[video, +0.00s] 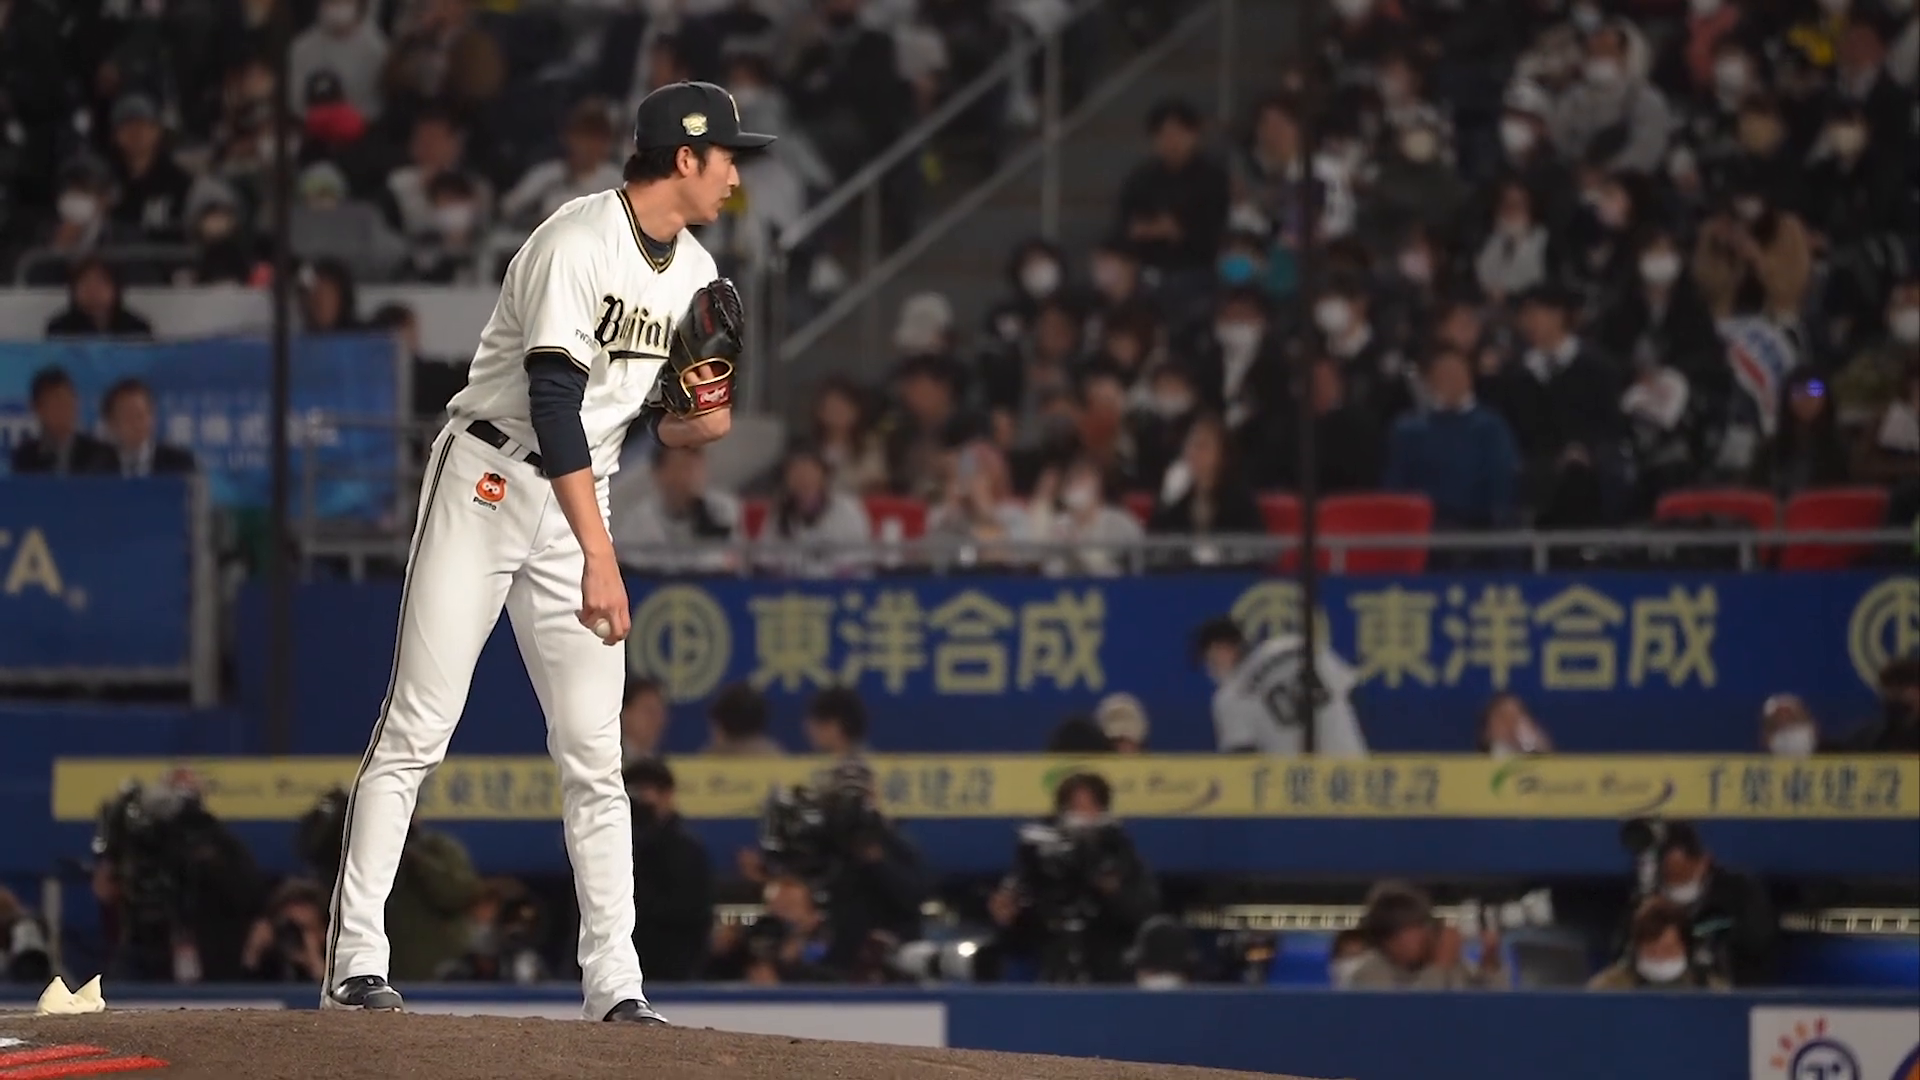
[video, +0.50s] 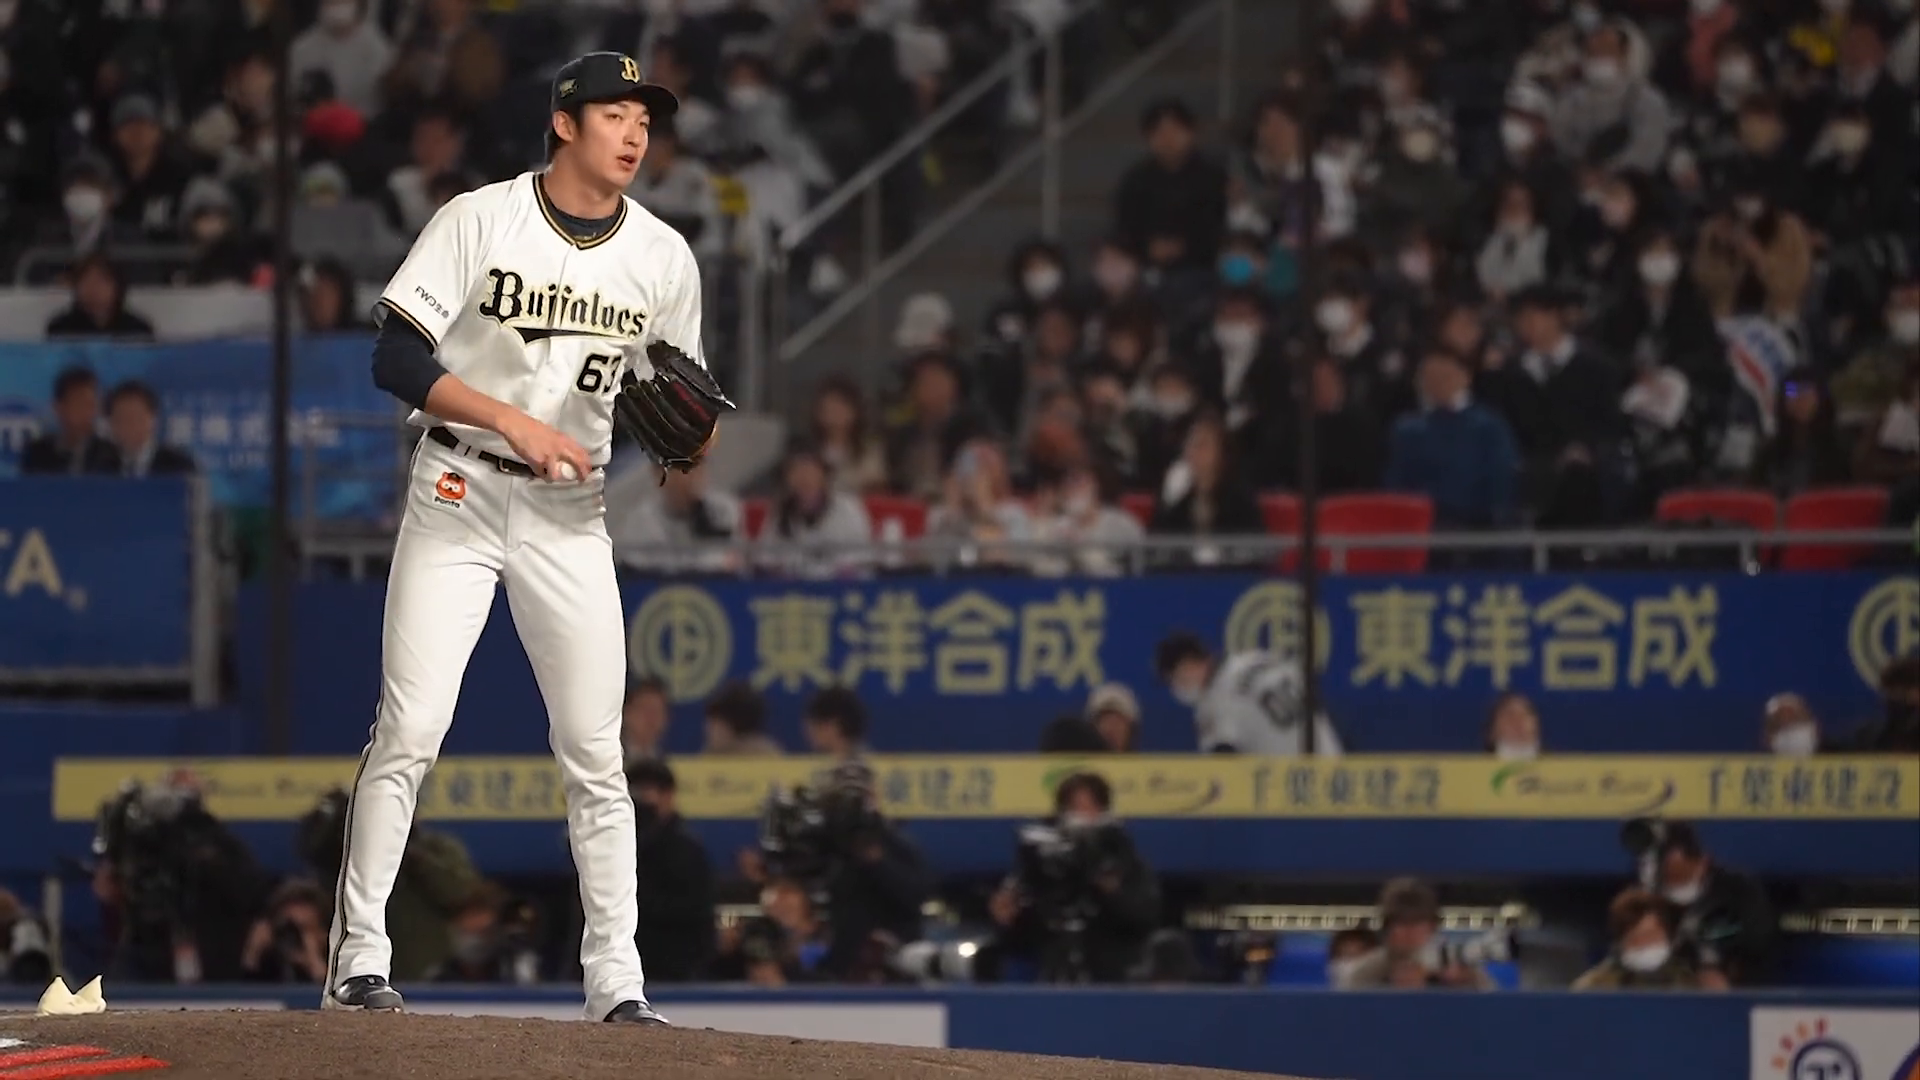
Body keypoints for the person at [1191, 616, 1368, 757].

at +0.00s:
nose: (1211, 672)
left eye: (1210, 661)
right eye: (1207, 664)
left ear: (1222, 651)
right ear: (1240, 640)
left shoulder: (1230, 697)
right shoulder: (1294, 644)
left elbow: (1240, 764)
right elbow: (1349, 689)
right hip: (1355, 774)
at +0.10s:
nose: (1198, 681)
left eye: (1195, 671)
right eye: (1193, 674)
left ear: (1205, 659)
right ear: (1225, 645)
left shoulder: (1219, 701)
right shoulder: (1288, 647)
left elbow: (1234, 765)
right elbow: (1335, 685)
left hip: (1287, 788)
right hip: (1346, 771)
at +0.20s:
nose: (1190, 684)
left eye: (1186, 675)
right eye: (1184, 678)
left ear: (1196, 662)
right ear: (1215, 650)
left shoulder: (1215, 697)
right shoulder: (1283, 651)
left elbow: (1233, 759)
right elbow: (1332, 700)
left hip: (1283, 789)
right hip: (1342, 772)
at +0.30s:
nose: (1186, 688)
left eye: (1182, 677)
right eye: (1180, 681)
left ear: (1190, 663)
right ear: (1209, 648)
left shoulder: (1213, 695)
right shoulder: (1271, 650)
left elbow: (1229, 760)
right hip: (1341, 766)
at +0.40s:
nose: (1179, 692)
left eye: (1176, 680)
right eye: (1173, 684)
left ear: (1189, 664)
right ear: (1203, 653)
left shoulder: (1212, 699)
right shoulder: (1259, 654)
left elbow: (1222, 759)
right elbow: (1310, 677)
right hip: (1337, 761)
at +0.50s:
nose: (1178, 694)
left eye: (1174, 684)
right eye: (1172, 686)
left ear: (1185, 671)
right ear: (1202, 654)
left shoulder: (1214, 705)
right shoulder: (1255, 658)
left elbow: (1219, 768)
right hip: (1335, 767)